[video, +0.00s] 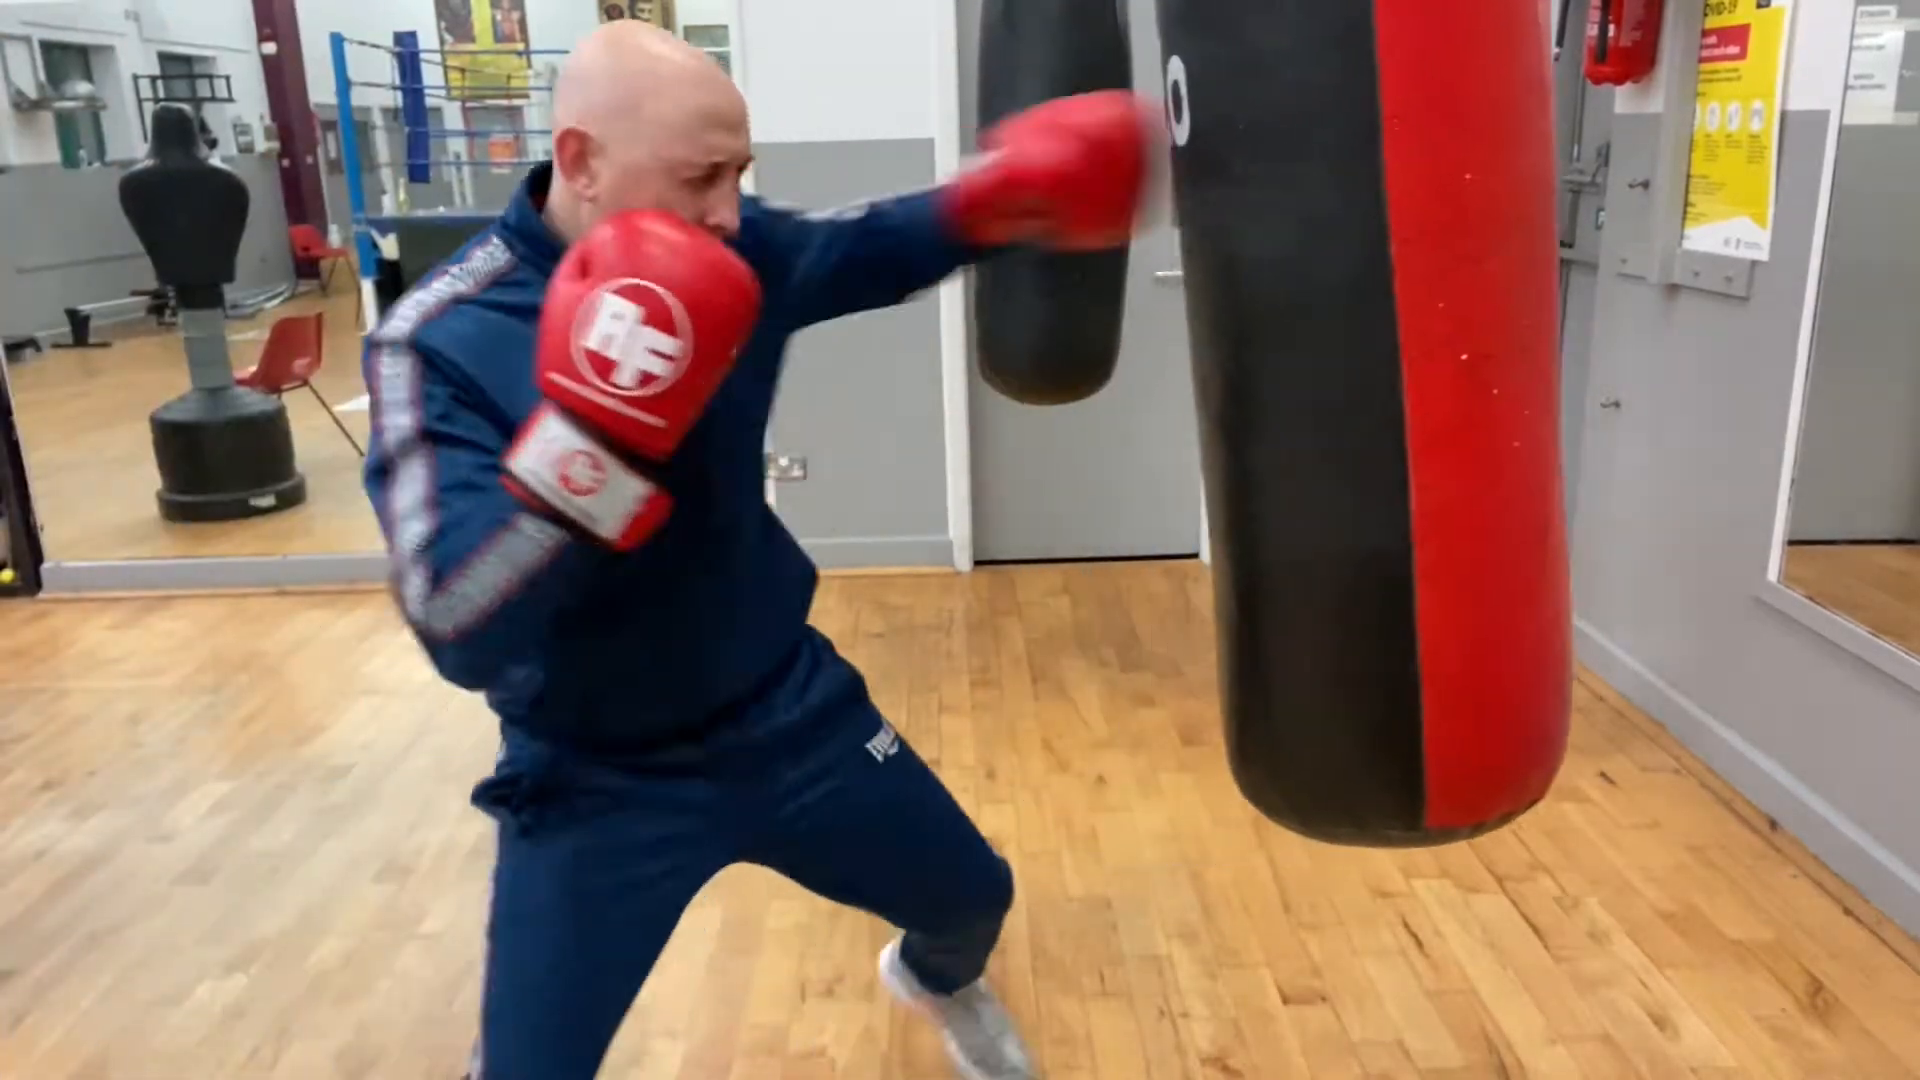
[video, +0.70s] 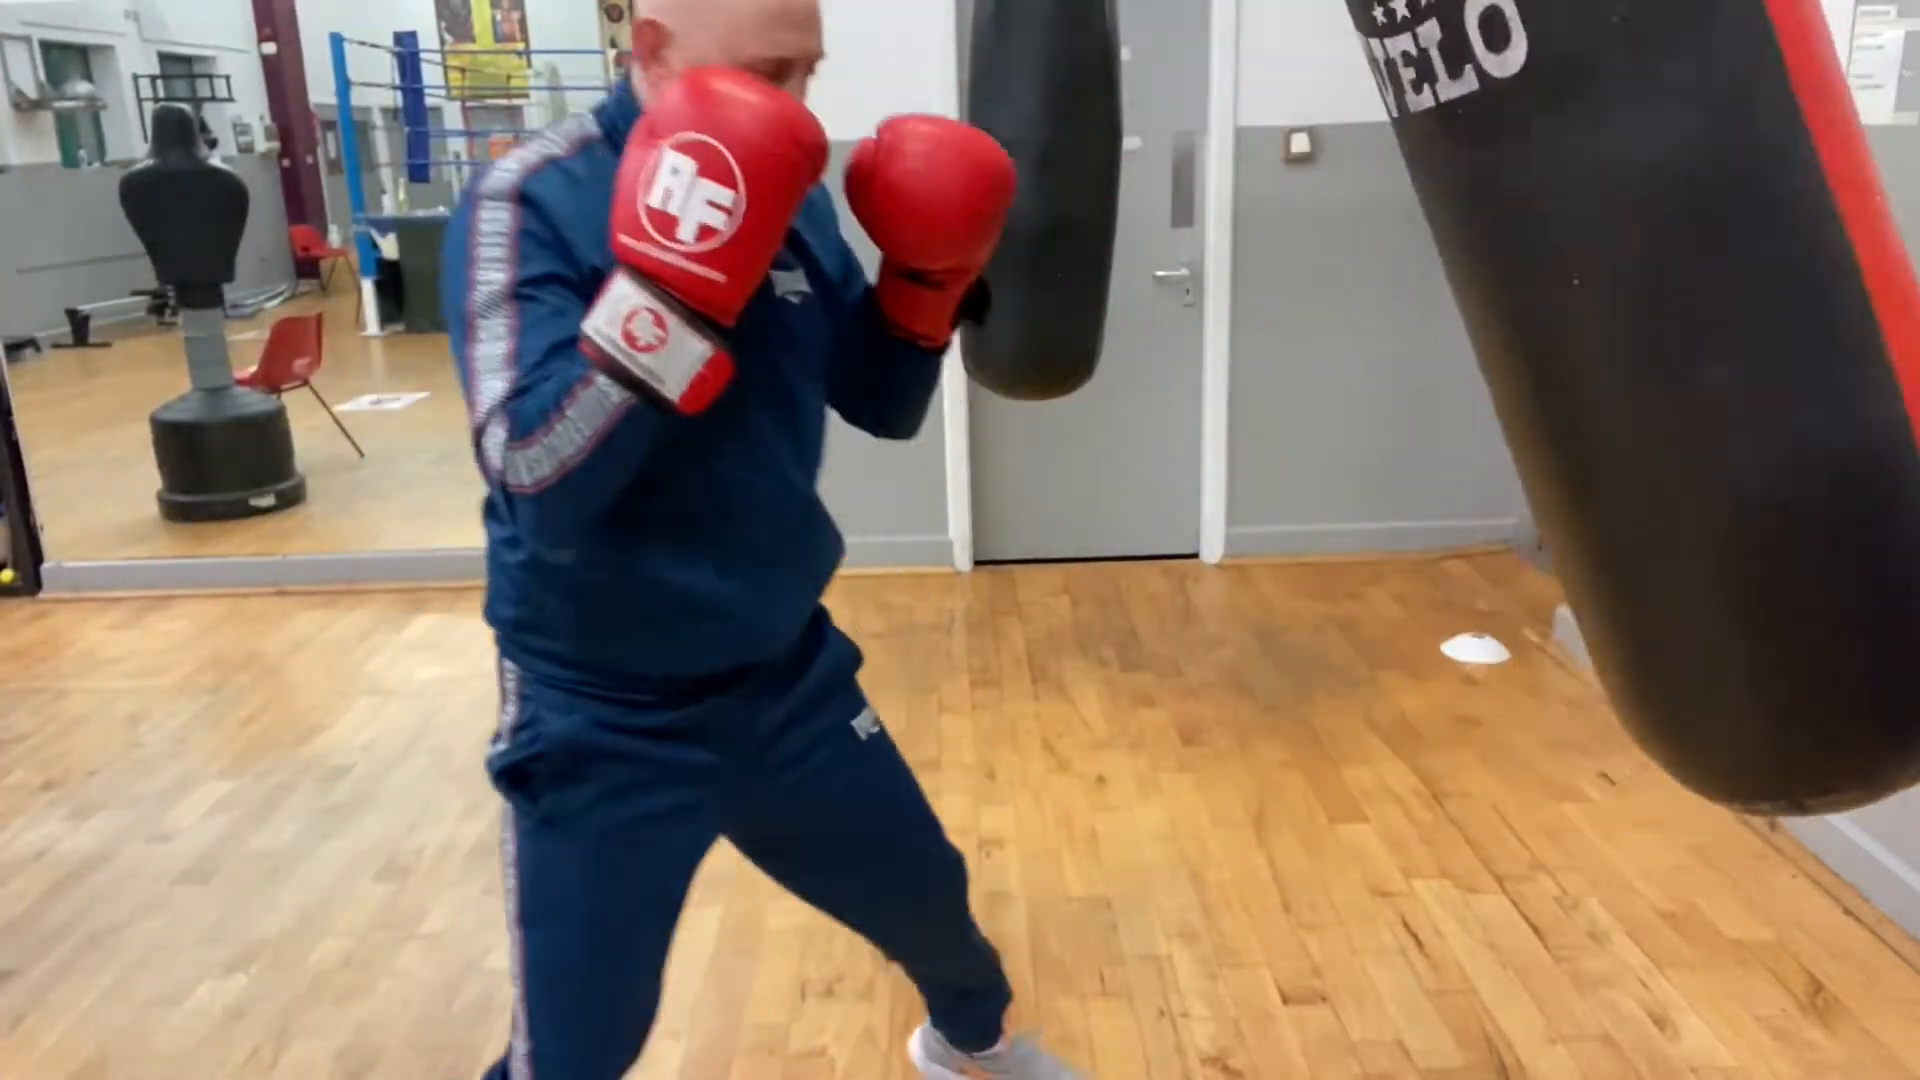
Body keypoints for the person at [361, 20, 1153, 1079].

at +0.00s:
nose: (732, 212)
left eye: (736, 178)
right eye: (702, 181)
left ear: (742, 168)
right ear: (578, 165)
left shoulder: (738, 254)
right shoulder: (439, 343)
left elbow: (869, 250)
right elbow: (459, 628)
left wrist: (1010, 189)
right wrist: (598, 432)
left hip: (789, 717)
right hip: (595, 782)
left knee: (972, 899)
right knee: (524, 1070)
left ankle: (936, 982)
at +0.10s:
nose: (777, 207)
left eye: (785, 173)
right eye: (745, 177)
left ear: (794, 158)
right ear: (632, 170)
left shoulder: (812, 255)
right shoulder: (500, 319)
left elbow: (974, 324)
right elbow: (362, 584)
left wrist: (1067, 276)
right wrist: (508, 418)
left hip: (823, 738)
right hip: (612, 771)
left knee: (993, 946)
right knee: (491, 1063)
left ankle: (1014, 1032)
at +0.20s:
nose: (934, 174)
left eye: (936, 141)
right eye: (917, 139)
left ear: (823, 125)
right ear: (813, 121)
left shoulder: (881, 270)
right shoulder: (651, 270)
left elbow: (959, 416)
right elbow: (418, 497)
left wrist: (1013, 319)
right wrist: (594, 362)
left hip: (854, 734)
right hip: (672, 770)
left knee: (1009, 923)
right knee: (561, 1066)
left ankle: (980, 1040)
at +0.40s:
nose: (1054, 190)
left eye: (1061, 167)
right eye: (1036, 163)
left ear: (958, 140)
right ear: (943, 136)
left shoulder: (961, 243)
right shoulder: (834, 192)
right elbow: (905, 294)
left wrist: (1041, 326)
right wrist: (1114, 215)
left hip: (853, 666)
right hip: (727, 677)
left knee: (995, 840)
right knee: (595, 1044)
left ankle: (979, 1039)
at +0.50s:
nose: (1013, 183)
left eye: (1020, 152)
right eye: (988, 151)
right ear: (890, 139)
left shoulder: (956, 271)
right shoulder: (771, 229)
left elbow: (1002, 462)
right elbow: (678, 432)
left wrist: (1056, 338)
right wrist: (866, 317)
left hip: (866, 686)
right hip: (723, 701)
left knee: (1024, 857)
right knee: (669, 1065)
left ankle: (980, 1042)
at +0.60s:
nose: (899, 165)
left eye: (907, 132)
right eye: (871, 133)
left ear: (916, 117)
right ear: (767, 115)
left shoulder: (874, 258)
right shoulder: (638, 248)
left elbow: (954, 446)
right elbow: (608, 491)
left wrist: (1003, 332)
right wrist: (751, 325)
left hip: (853, 703)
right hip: (682, 738)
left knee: (1001, 873)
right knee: (657, 1069)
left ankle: (983, 1042)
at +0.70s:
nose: (791, 107)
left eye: (804, 74)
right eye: (765, 76)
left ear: (817, 57)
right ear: (652, 53)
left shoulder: (789, 197)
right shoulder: (529, 197)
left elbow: (884, 404)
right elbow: (531, 470)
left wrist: (928, 276)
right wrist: (672, 281)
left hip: (786, 684)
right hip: (600, 721)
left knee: (934, 905)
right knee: (573, 1057)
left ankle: (975, 1047)